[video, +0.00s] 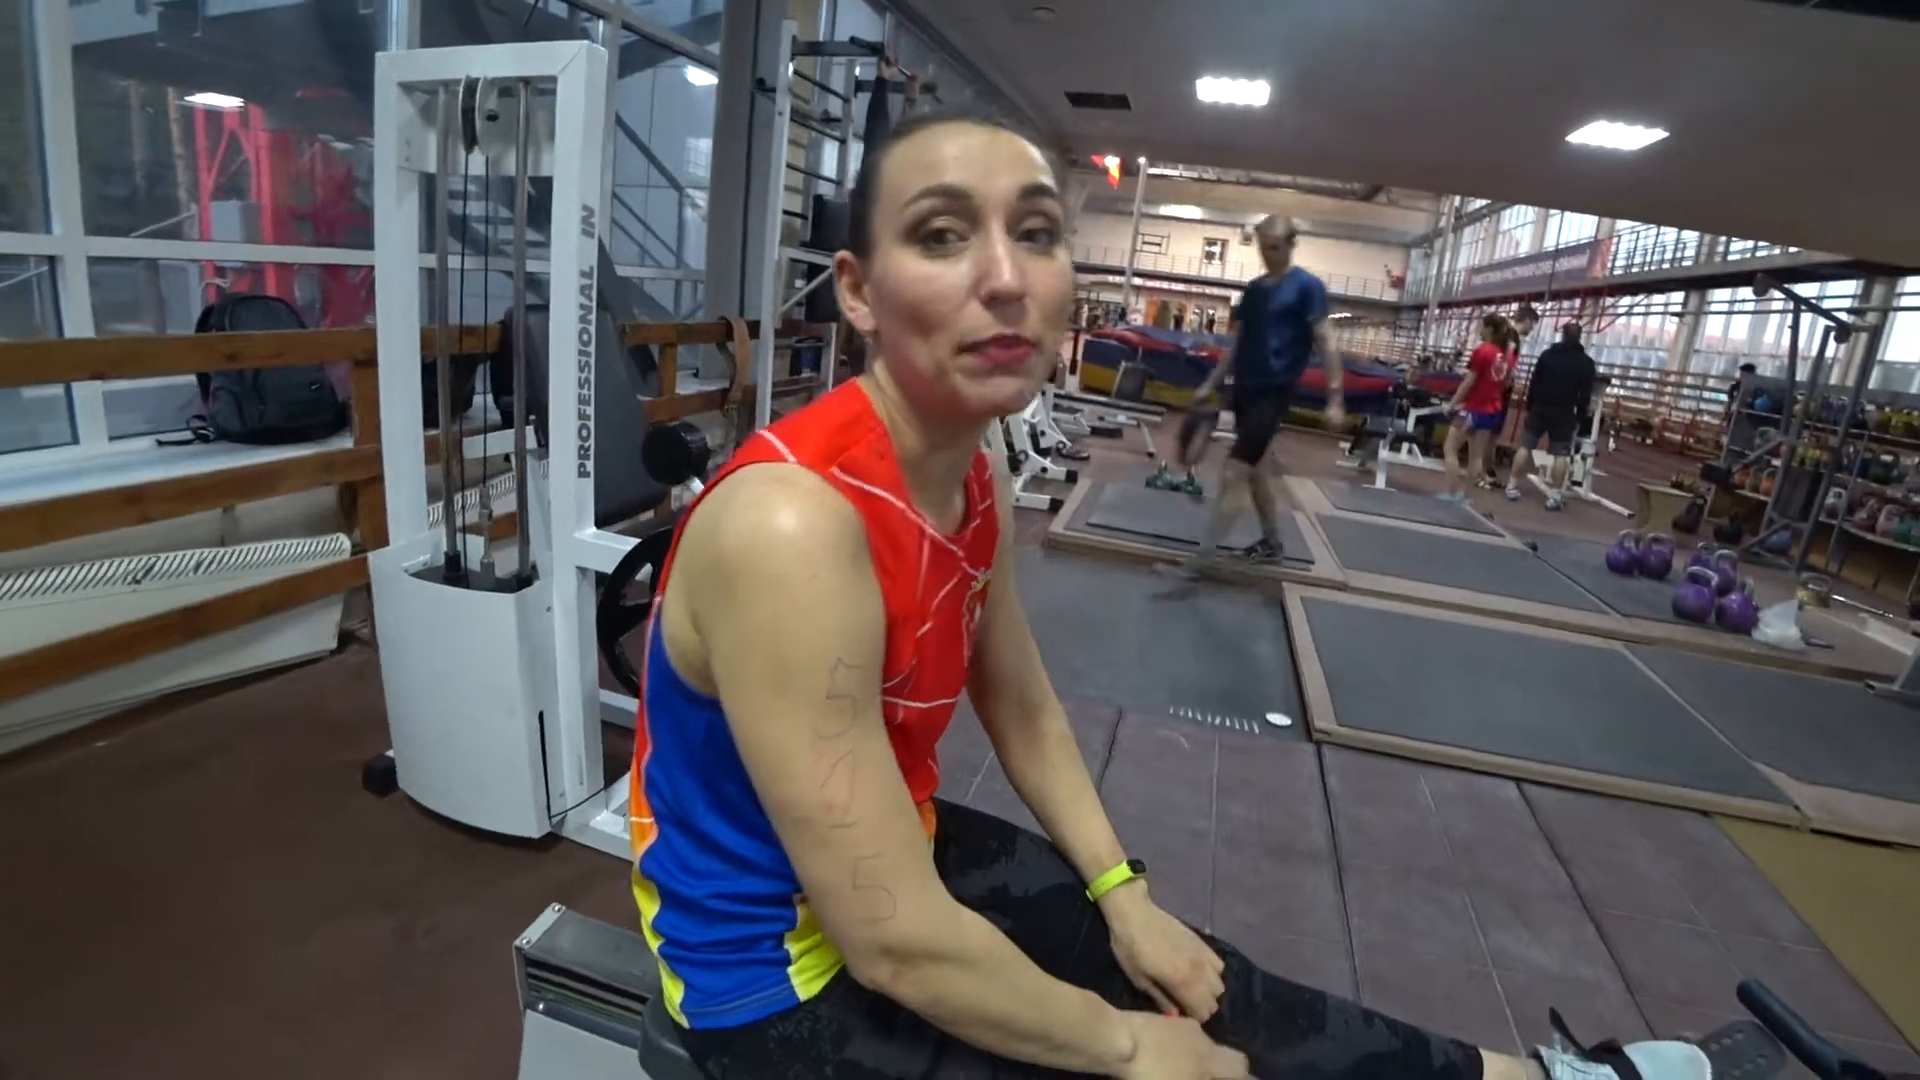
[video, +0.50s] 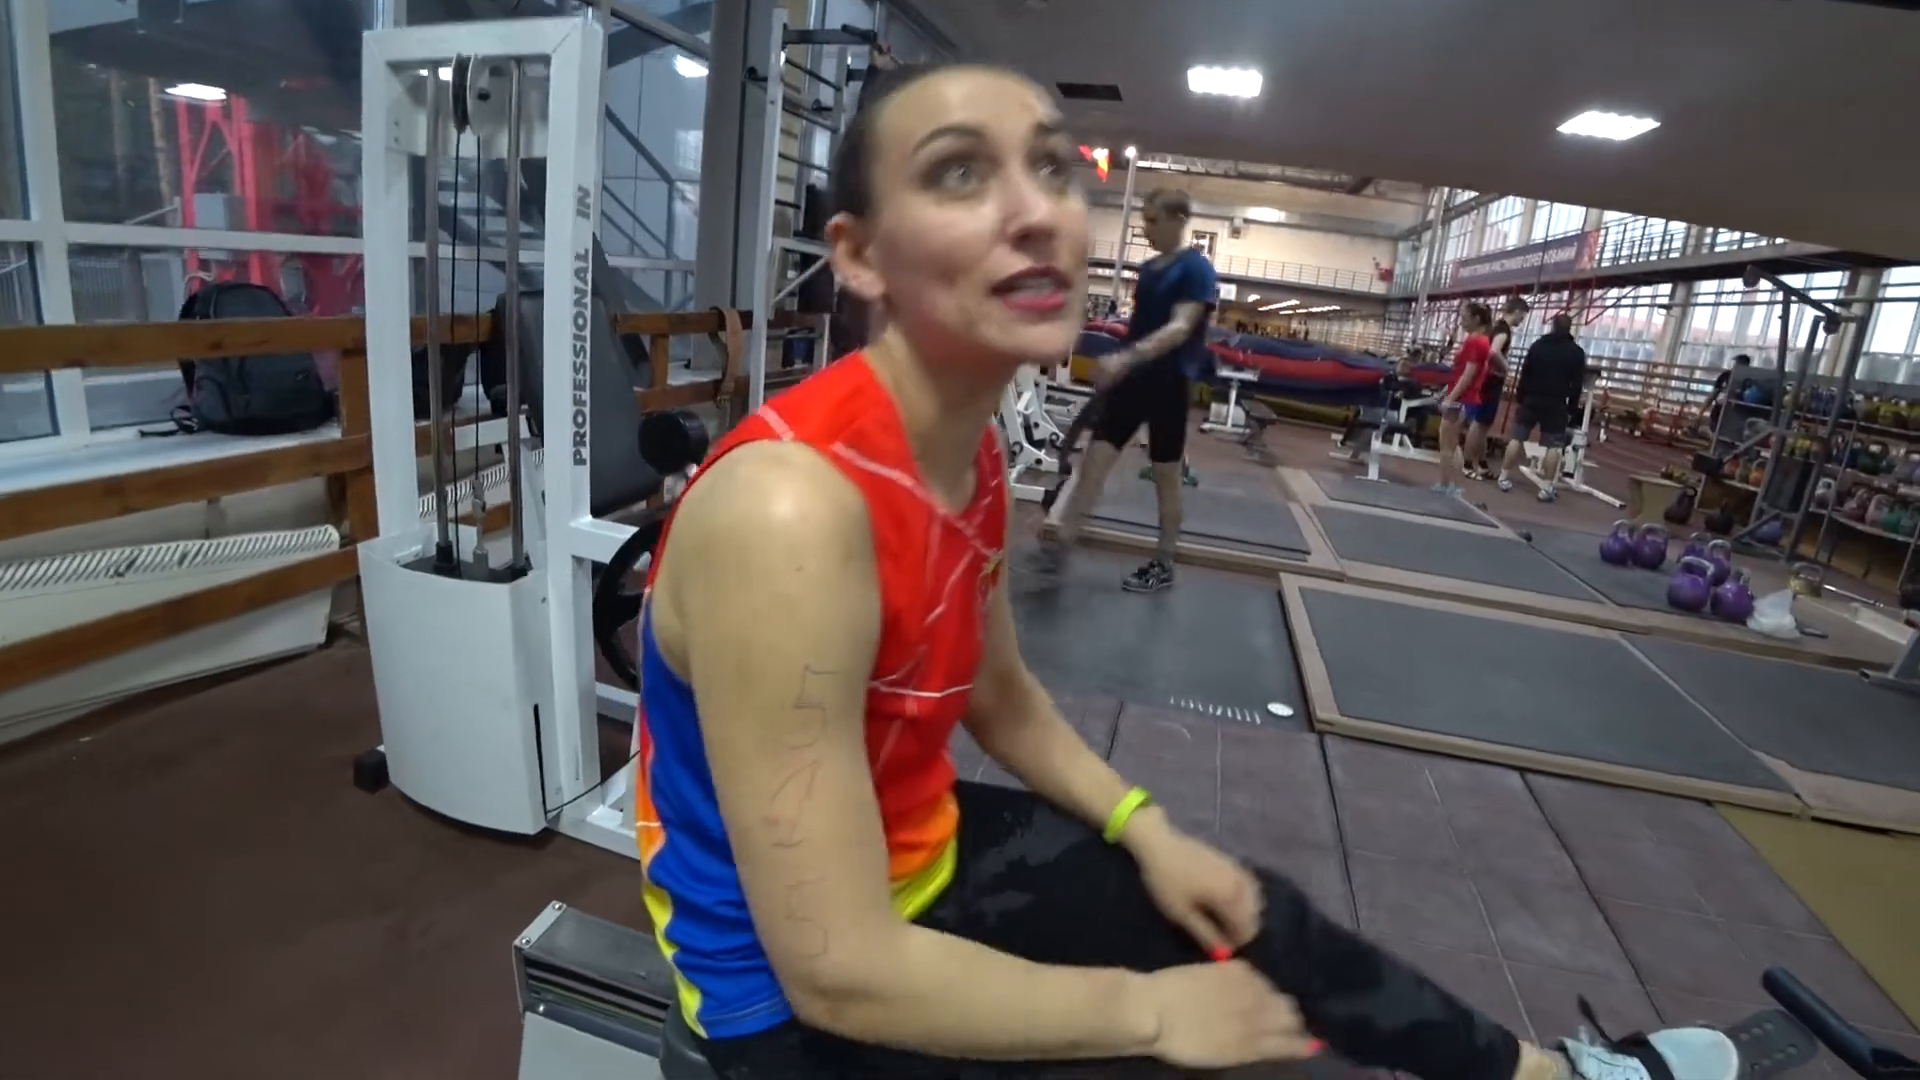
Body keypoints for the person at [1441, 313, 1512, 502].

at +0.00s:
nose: (1479, 331)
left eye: (1482, 327)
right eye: (1481, 327)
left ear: (1489, 329)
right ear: (1498, 331)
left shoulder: (1482, 351)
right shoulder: (1504, 353)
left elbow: (1469, 380)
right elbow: (1505, 382)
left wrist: (1453, 402)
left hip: (1472, 408)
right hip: (1491, 409)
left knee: (1450, 446)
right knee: (1476, 455)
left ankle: (1452, 491)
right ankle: (1466, 494)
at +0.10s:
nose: (1471, 327)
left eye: (1474, 324)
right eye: (1472, 323)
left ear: (1483, 326)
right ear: (1488, 327)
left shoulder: (1477, 348)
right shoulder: (1494, 349)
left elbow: (1464, 377)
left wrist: (1447, 398)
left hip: (1466, 405)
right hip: (1482, 406)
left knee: (1444, 444)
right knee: (1470, 452)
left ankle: (1446, 489)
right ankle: (1460, 491)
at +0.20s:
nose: (1465, 325)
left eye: (1468, 321)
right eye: (1466, 321)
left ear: (1478, 324)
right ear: (1482, 325)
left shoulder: (1473, 346)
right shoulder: (1488, 348)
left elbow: (1460, 375)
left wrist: (1443, 397)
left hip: (1462, 403)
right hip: (1477, 405)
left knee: (1440, 442)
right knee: (1464, 450)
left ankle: (1441, 487)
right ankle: (1455, 490)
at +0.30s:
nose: (1462, 325)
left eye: (1466, 322)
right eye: (1463, 321)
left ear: (1477, 324)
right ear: (1479, 325)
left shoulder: (1472, 346)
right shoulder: (1484, 346)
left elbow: (1462, 375)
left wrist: (1444, 398)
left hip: (1460, 402)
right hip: (1473, 403)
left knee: (1439, 442)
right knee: (1460, 447)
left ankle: (1441, 487)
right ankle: (1454, 489)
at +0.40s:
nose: (1461, 323)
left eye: (1465, 320)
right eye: (1462, 319)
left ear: (1476, 322)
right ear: (1477, 323)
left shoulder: (1473, 344)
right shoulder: (1482, 344)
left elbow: (1465, 373)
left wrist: (1445, 398)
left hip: (1460, 401)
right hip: (1471, 402)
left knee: (1441, 441)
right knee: (1457, 445)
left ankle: (1441, 485)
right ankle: (1454, 487)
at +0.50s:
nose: (1461, 320)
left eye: (1465, 317)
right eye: (1462, 316)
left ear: (1477, 319)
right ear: (1477, 319)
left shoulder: (1476, 342)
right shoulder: (1480, 341)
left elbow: (1468, 373)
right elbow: (1463, 372)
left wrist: (1451, 398)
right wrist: (1447, 390)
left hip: (1460, 399)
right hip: (1466, 399)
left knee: (1446, 444)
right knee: (1453, 444)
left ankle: (1444, 484)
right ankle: (1455, 484)